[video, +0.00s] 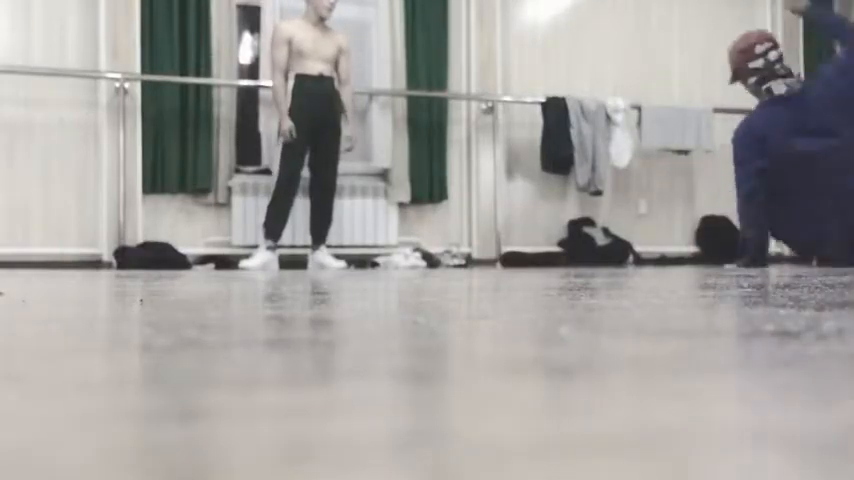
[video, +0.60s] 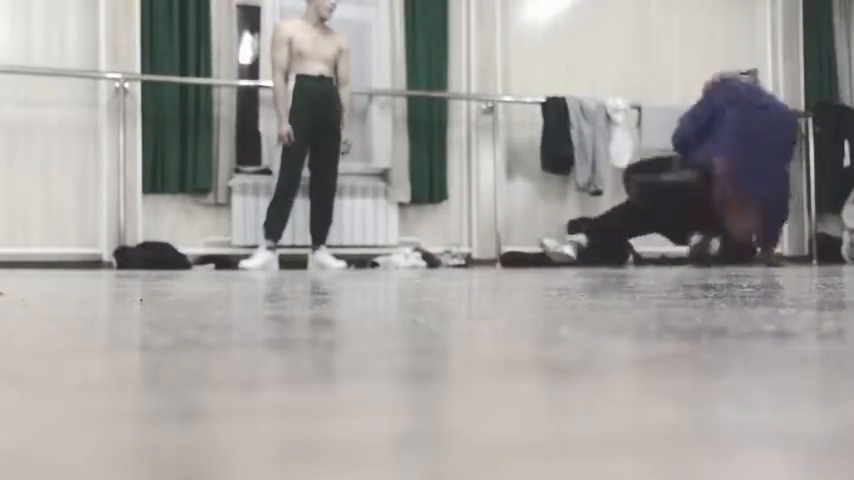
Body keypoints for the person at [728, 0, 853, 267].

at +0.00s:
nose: (743, 86)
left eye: (743, 79)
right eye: (742, 79)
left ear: (749, 80)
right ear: (782, 61)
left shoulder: (752, 131)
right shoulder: (828, 94)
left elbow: (752, 200)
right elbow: (848, 36)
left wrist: (753, 257)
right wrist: (808, 10)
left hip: (805, 239)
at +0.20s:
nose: (726, 77)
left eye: (718, 73)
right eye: (719, 73)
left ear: (721, 78)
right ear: (748, 51)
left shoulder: (737, 125)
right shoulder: (781, 62)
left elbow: (747, 187)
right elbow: (761, 12)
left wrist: (755, 247)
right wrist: (710, 22)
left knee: (701, 146)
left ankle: (719, 228)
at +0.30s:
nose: (700, 93)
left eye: (698, 86)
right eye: (696, 88)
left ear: (715, 80)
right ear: (725, 57)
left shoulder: (728, 125)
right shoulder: (761, 62)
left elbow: (743, 189)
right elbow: (724, 53)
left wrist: (752, 244)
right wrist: (688, 62)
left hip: (769, 186)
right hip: (806, 170)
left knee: (683, 178)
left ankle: (723, 237)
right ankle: (821, 230)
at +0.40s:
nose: (689, 109)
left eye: (687, 102)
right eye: (685, 104)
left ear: (702, 92)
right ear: (711, 84)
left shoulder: (717, 128)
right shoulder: (758, 103)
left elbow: (722, 191)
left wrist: (702, 244)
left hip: (754, 211)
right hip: (786, 205)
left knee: (670, 193)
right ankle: (739, 241)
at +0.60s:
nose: (711, 96)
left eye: (711, 91)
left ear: (721, 83)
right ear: (753, 82)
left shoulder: (722, 91)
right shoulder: (785, 114)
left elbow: (683, 140)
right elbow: (779, 170)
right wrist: (770, 245)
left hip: (713, 195)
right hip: (759, 210)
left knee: (646, 209)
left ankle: (582, 242)